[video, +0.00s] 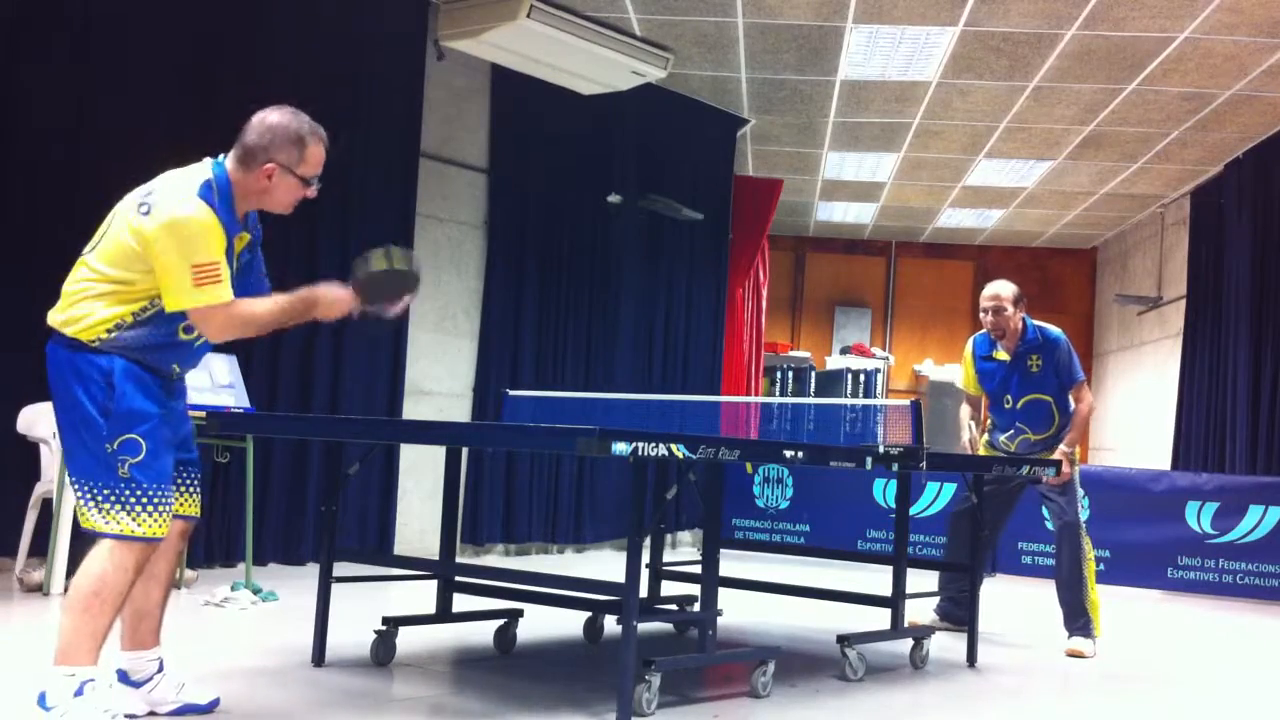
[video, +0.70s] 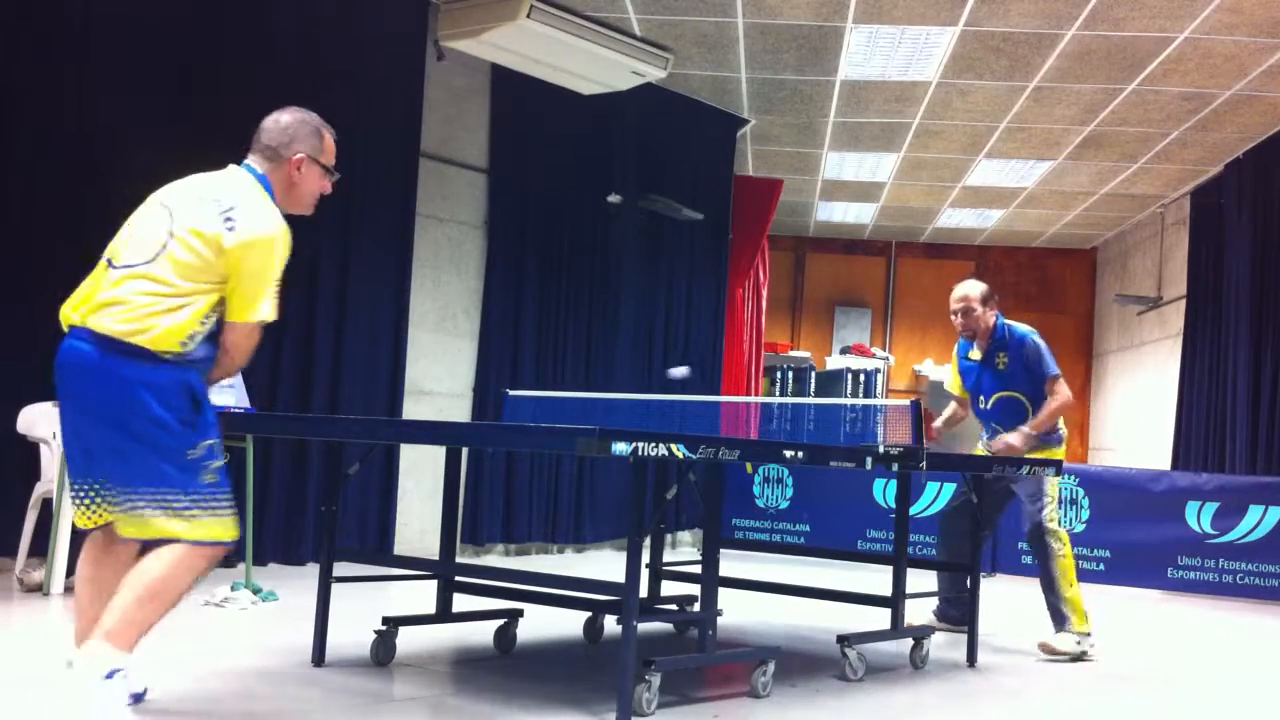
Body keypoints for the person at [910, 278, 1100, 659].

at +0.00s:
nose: (989, 319)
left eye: (997, 311)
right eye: (984, 312)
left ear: (1018, 311)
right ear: (980, 314)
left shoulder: (1052, 341)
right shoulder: (977, 347)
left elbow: (1084, 400)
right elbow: (971, 402)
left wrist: (1066, 449)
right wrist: (966, 431)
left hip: (1051, 452)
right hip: (999, 452)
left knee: (1069, 527)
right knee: (965, 517)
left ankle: (1081, 632)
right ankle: (954, 612)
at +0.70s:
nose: (958, 321)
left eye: (966, 312)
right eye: (954, 315)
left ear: (990, 310)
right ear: (953, 316)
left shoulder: (1023, 339)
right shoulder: (962, 349)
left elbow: (1062, 396)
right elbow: (962, 404)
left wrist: (1025, 434)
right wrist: (940, 425)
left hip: (1038, 453)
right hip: (994, 452)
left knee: (1043, 529)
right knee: (955, 523)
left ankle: (1075, 631)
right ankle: (954, 613)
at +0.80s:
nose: (958, 330)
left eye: (965, 321)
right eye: (953, 323)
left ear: (989, 317)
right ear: (951, 324)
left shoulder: (1017, 344)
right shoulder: (971, 354)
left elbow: (1038, 400)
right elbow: (966, 414)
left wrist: (986, 420)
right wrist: (929, 443)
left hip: (1044, 455)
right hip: (1006, 456)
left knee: (1042, 530)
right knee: (960, 519)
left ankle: (1078, 640)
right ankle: (954, 615)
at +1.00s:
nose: (944, 352)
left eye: (947, 343)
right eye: (941, 345)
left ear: (970, 336)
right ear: (972, 337)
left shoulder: (989, 356)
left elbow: (1004, 364)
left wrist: (1010, 366)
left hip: (1044, 462)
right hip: (1014, 463)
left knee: (1018, 538)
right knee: (965, 518)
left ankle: (1074, 639)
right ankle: (954, 615)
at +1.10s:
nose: (943, 354)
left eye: (946, 345)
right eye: (941, 347)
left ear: (968, 338)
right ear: (967, 339)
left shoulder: (996, 361)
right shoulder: (984, 363)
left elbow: (1043, 372)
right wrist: (1091, 437)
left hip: (1041, 465)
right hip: (1009, 466)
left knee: (1018, 540)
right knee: (962, 519)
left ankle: (1074, 639)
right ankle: (953, 615)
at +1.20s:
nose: (954, 342)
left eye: (956, 333)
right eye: (952, 334)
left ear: (979, 327)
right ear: (974, 329)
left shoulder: (1018, 352)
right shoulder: (989, 360)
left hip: (1038, 463)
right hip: (1005, 464)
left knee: (1026, 536)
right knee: (956, 522)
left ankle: (1076, 640)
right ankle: (952, 614)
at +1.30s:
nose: (974, 326)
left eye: (979, 318)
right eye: (972, 318)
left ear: (1006, 312)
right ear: (992, 315)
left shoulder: (1045, 341)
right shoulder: (991, 347)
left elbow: (1093, 386)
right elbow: (979, 392)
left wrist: (1105, 437)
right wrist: (934, 391)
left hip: (1040, 456)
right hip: (1001, 454)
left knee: (1047, 535)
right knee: (960, 520)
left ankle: (1078, 639)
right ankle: (952, 614)